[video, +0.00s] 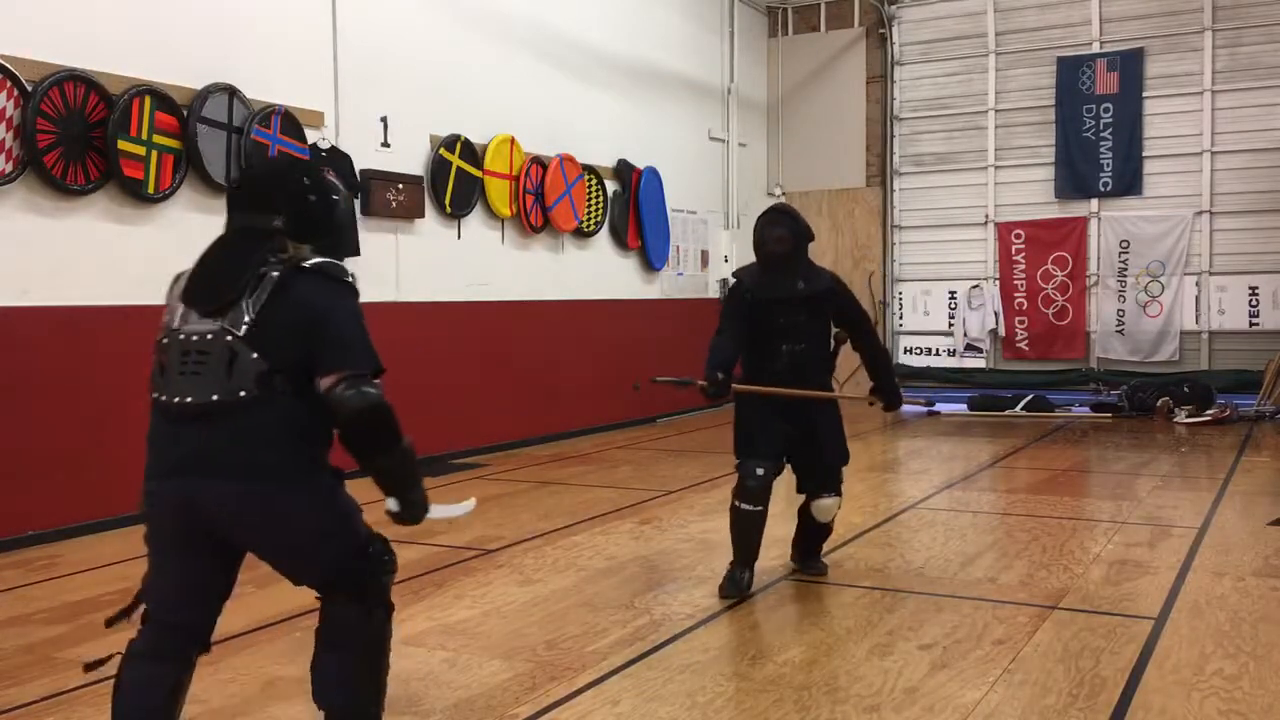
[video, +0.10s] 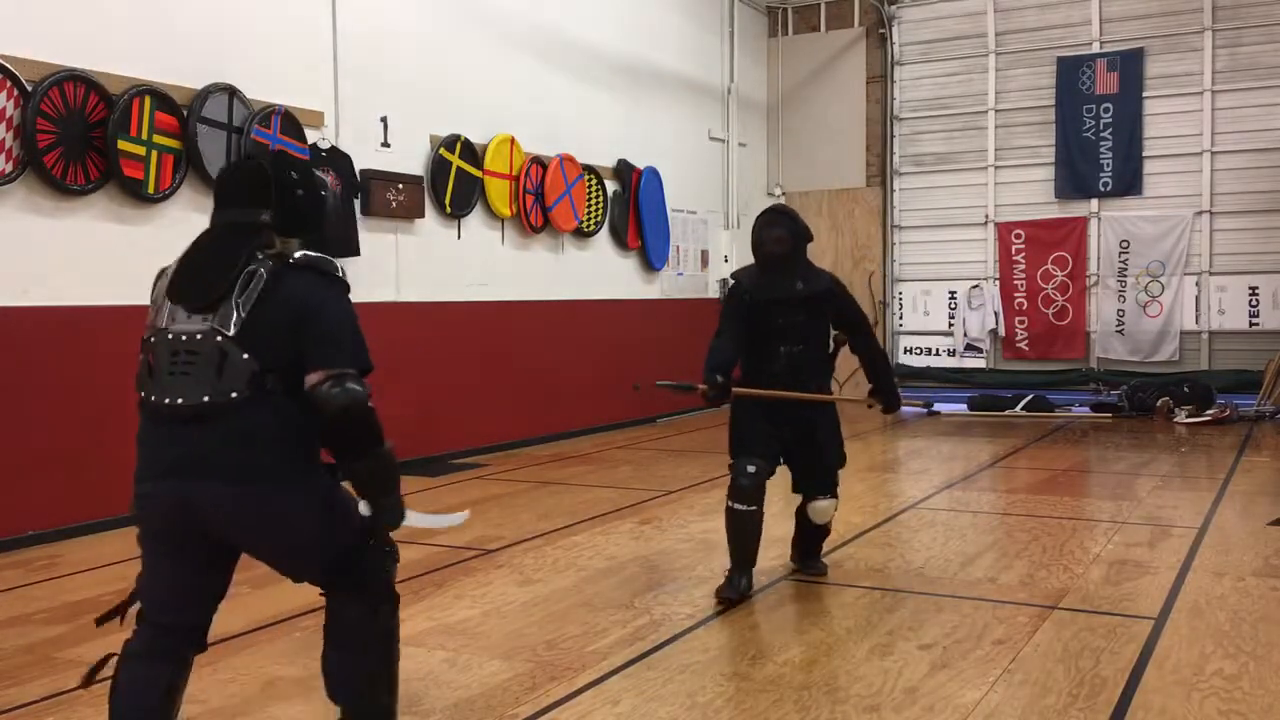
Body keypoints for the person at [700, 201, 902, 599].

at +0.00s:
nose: (775, 245)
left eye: (783, 237)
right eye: (767, 237)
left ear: (801, 239)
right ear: (756, 241)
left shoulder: (823, 285)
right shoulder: (746, 287)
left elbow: (862, 332)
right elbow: (728, 334)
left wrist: (886, 382)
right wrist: (717, 370)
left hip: (813, 402)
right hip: (760, 401)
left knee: (826, 495)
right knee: (752, 484)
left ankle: (806, 552)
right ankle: (742, 565)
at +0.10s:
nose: (773, 244)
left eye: (782, 236)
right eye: (765, 236)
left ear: (800, 239)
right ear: (754, 242)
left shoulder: (822, 286)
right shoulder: (745, 288)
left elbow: (861, 334)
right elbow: (728, 335)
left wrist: (885, 384)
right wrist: (716, 373)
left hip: (811, 404)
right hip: (756, 403)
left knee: (822, 496)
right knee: (745, 484)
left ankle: (806, 554)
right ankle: (740, 572)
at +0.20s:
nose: (767, 246)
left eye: (775, 237)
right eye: (759, 238)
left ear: (793, 238)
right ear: (748, 241)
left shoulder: (817, 284)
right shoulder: (738, 286)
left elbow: (855, 333)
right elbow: (720, 335)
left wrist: (879, 382)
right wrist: (709, 372)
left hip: (806, 403)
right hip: (750, 402)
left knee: (815, 488)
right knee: (737, 483)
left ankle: (807, 553)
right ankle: (722, 575)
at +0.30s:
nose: (757, 242)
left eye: (765, 232)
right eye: (748, 233)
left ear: (783, 233)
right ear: (737, 237)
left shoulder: (808, 280)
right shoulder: (728, 283)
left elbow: (845, 331)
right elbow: (707, 333)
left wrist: (869, 382)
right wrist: (697, 375)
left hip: (794, 403)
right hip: (739, 403)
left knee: (807, 487)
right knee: (727, 490)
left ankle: (807, 551)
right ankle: (707, 585)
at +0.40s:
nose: (743, 245)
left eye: (752, 236)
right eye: (735, 236)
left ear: (771, 235)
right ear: (724, 237)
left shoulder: (796, 280)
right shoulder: (714, 282)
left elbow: (834, 331)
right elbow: (694, 335)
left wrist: (857, 383)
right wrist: (683, 376)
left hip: (783, 404)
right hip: (725, 403)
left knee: (807, 497)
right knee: (718, 493)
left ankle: (798, 537)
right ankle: (705, 595)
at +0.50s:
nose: (737, 251)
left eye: (745, 241)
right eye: (728, 242)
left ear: (764, 240)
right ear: (716, 243)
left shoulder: (790, 285)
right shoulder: (707, 287)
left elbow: (823, 338)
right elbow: (686, 341)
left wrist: (842, 390)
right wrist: (676, 382)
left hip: (776, 407)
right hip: (719, 406)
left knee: (802, 502)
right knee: (716, 494)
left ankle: (776, 546)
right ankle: (698, 597)